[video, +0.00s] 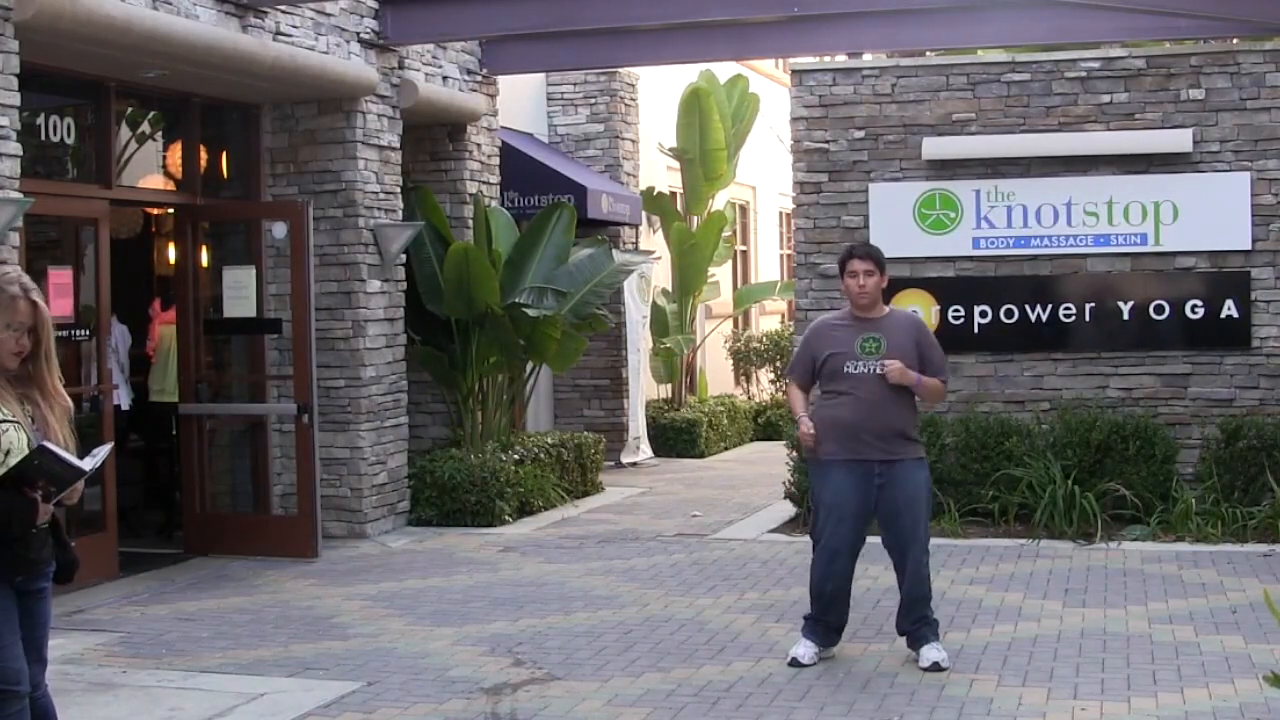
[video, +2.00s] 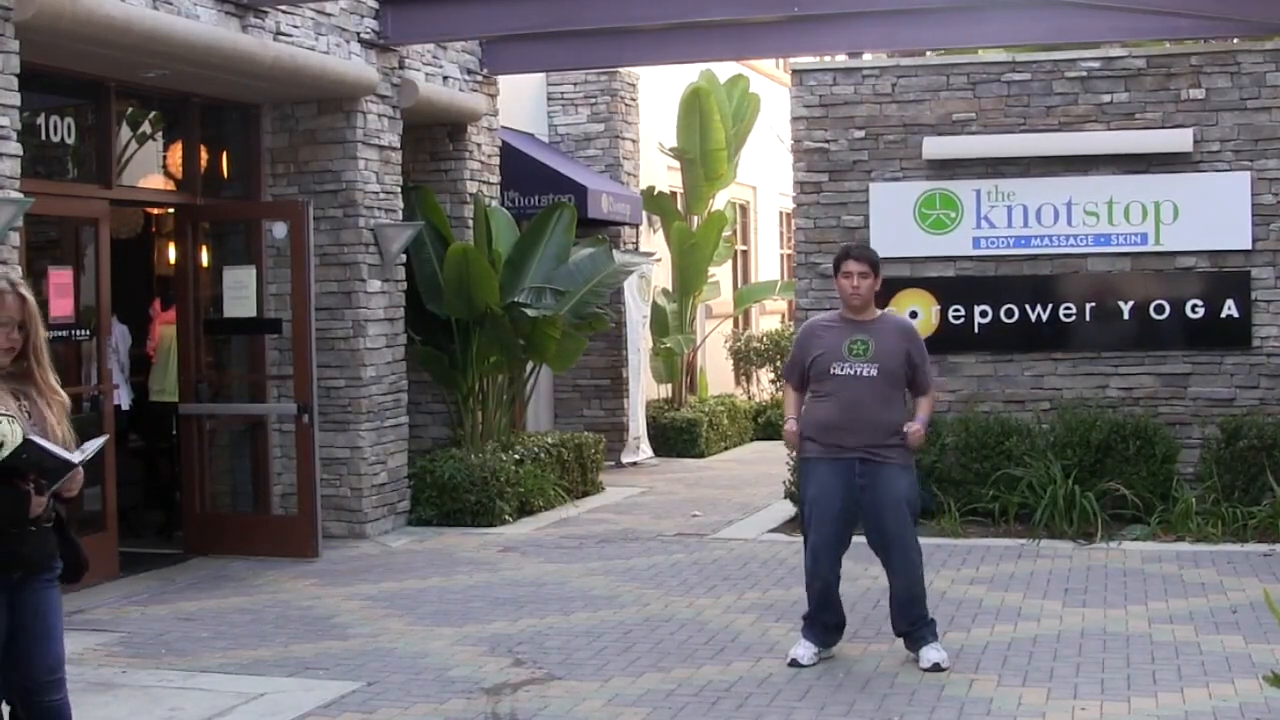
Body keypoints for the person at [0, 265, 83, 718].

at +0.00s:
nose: (22, 341)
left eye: (29, 330)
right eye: (12, 329)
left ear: (38, 333)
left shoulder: (47, 396)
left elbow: (67, 479)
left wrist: (66, 490)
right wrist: (23, 508)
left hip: (37, 556)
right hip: (2, 557)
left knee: (35, 682)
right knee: (14, 686)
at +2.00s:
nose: (10, 337)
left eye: (18, 326)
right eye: (2, 325)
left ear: (30, 331)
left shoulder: (42, 393)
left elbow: (64, 472)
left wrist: (71, 483)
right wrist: (15, 503)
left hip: (35, 565)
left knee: (46, 699)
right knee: (16, 699)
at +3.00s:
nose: (16, 336)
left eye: (23, 326)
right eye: (7, 323)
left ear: (32, 330)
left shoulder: (41, 392)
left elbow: (63, 465)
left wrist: (69, 487)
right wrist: (29, 499)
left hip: (37, 561)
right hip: (3, 560)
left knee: (37, 690)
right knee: (12, 692)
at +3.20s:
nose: (15, 337)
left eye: (23, 326)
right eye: (6, 324)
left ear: (33, 330)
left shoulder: (41, 394)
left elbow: (64, 469)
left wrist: (70, 487)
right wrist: (27, 501)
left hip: (37, 563)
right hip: (3, 563)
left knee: (37, 692)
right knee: (11, 693)